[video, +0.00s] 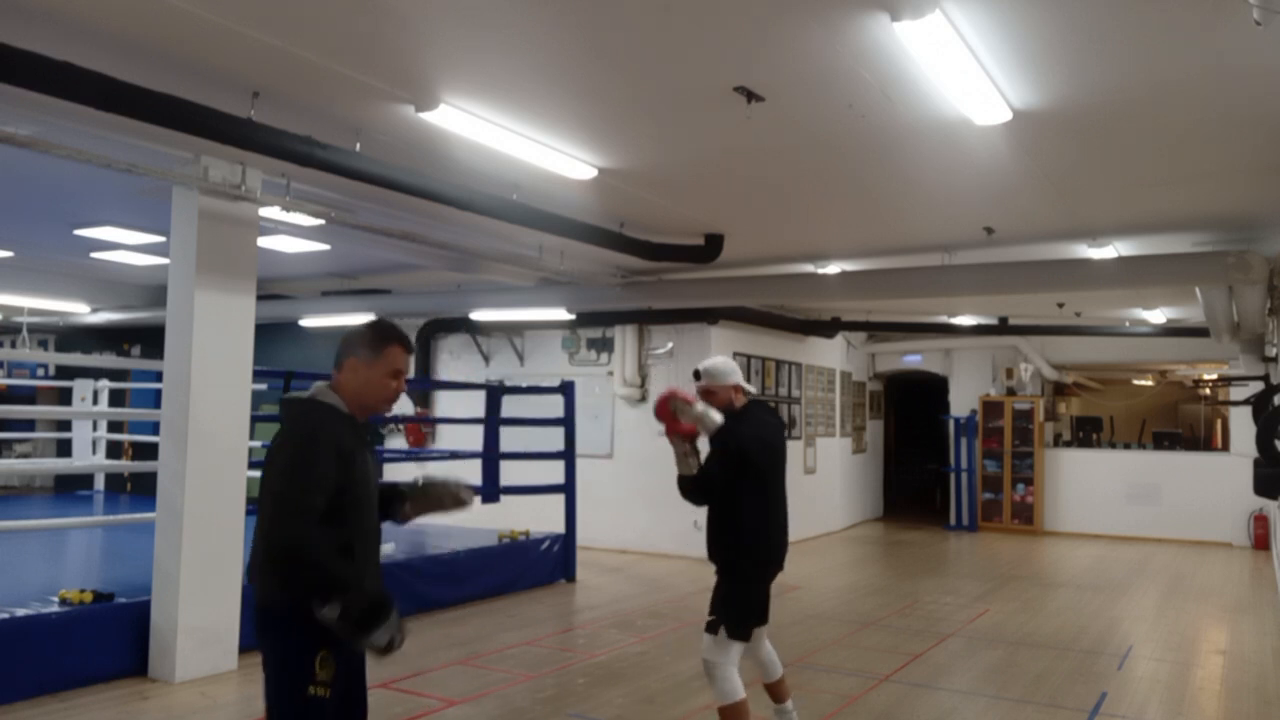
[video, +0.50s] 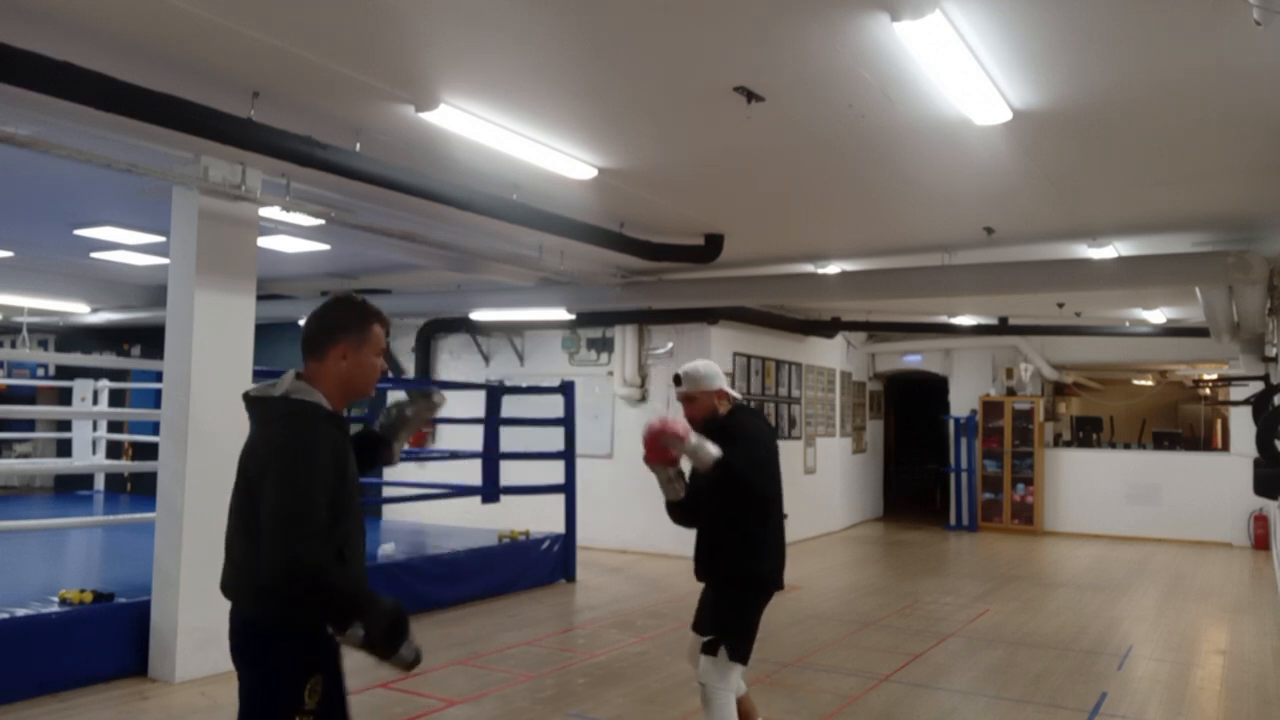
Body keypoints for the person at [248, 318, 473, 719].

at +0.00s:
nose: (401, 389)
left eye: (404, 378)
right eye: (394, 375)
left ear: (352, 370)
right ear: (352, 367)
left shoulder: (346, 427)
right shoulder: (314, 428)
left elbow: (346, 504)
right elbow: (299, 540)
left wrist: (405, 502)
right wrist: (369, 613)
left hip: (329, 616)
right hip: (302, 619)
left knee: (343, 709)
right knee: (312, 711)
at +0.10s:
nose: (395, 387)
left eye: (397, 377)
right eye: (387, 374)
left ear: (346, 371)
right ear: (346, 368)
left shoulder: (334, 429)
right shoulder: (311, 433)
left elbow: (334, 517)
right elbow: (294, 548)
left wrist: (390, 512)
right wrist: (346, 638)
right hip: (294, 630)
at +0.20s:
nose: (389, 383)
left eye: (390, 372)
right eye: (383, 370)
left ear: (345, 369)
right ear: (345, 367)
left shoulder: (315, 423)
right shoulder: (310, 432)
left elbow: (324, 505)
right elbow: (296, 553)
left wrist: (388, 496)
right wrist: (352, 647)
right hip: (288, 630)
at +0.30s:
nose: (386, 370)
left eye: (386, 359)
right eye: (381, 357)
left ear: (343, 356)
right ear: (345, 356)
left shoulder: (301, 411)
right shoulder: (307, 422)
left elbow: (325, 474)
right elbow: (291, 542)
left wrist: (387, 442)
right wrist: (352, 625)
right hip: (283, 621)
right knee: (309, 712)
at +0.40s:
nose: (384, 366)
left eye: (384, 354)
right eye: (378, 353)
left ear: (340, 353)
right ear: (343, 354)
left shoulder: (290, 409)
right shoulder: (309, 425)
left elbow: (327, 467)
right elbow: (303, 546)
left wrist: (384, 426)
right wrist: (363, 629)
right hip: (285, 625)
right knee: (292, 712)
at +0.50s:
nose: (384, 366)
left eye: (384, 355)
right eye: (378, 354)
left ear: (341, 355)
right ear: (343, 354)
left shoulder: (292, 413)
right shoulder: (307, 428)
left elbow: (318, 470)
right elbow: (306, 553)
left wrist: (383, 442)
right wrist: (375, 620)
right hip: (286, 627)